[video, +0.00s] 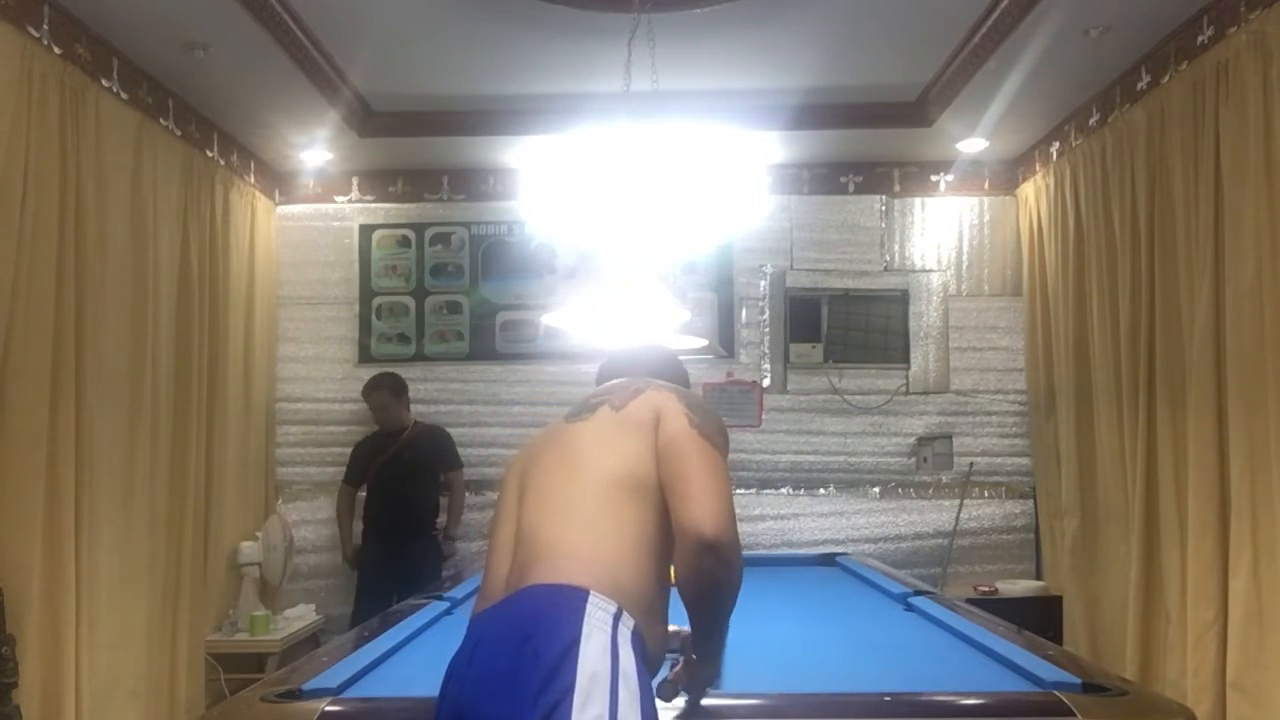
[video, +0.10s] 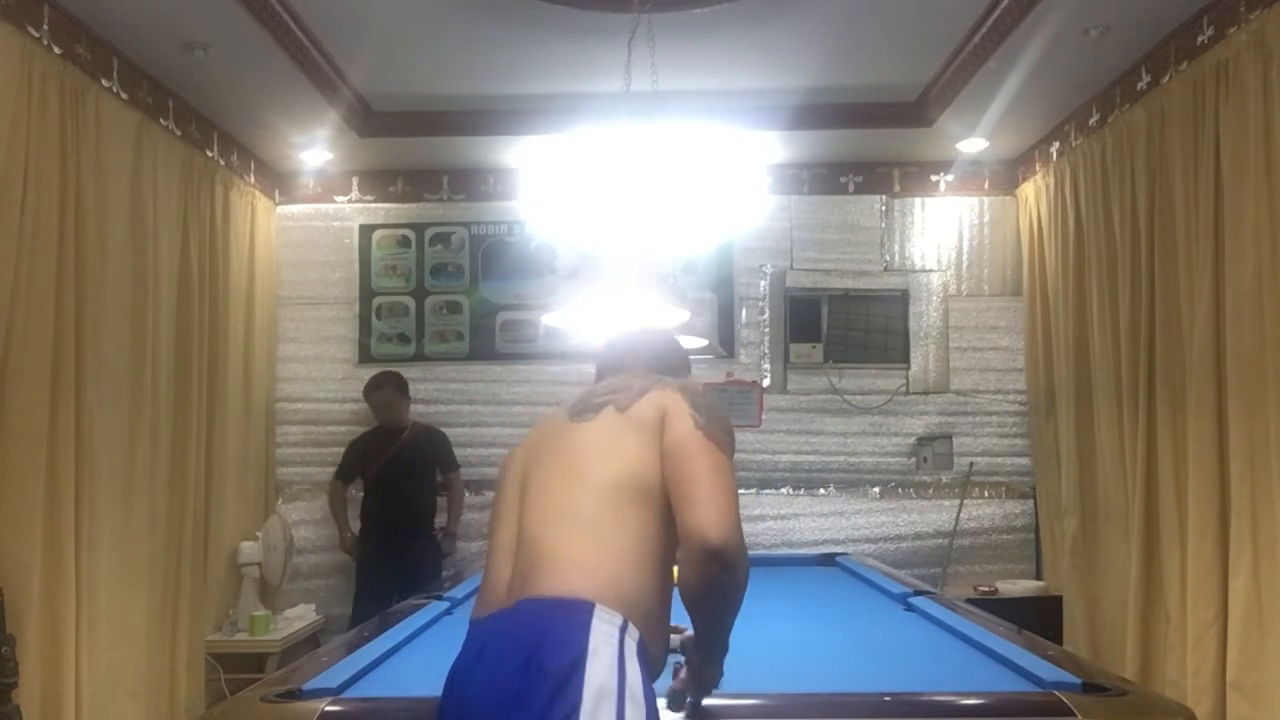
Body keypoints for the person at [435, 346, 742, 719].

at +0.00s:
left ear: (600, 388)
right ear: (677, 391)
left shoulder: (530, 449)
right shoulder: (669, 403)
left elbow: (494, 596)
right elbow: (709, 537)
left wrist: (642, 635)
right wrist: (705, 652)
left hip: (479, 647)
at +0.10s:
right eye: (689, 383)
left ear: (600, 376)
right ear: (677, 374)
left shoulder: (532, 438)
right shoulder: (673, 401)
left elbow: (496, 595)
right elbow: (714, 542)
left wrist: (636, 632)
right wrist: (707, 652)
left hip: (483, 645)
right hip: (584, 650)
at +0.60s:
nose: (679, 352)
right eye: (681, 341)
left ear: (574, 328)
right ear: (677, 331)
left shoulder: (492, 404)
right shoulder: (674, 394)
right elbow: (737, 566)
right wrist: (755, 711)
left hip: (454, 698)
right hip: (586, 698)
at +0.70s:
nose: (687, 350)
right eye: (688, 339)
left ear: (580, 326)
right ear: (681, 329)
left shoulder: (491, 404)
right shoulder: (676, 390)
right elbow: (737, 557)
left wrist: (636, 667)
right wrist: (749, 709)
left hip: (440, 698)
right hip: (577, 698)